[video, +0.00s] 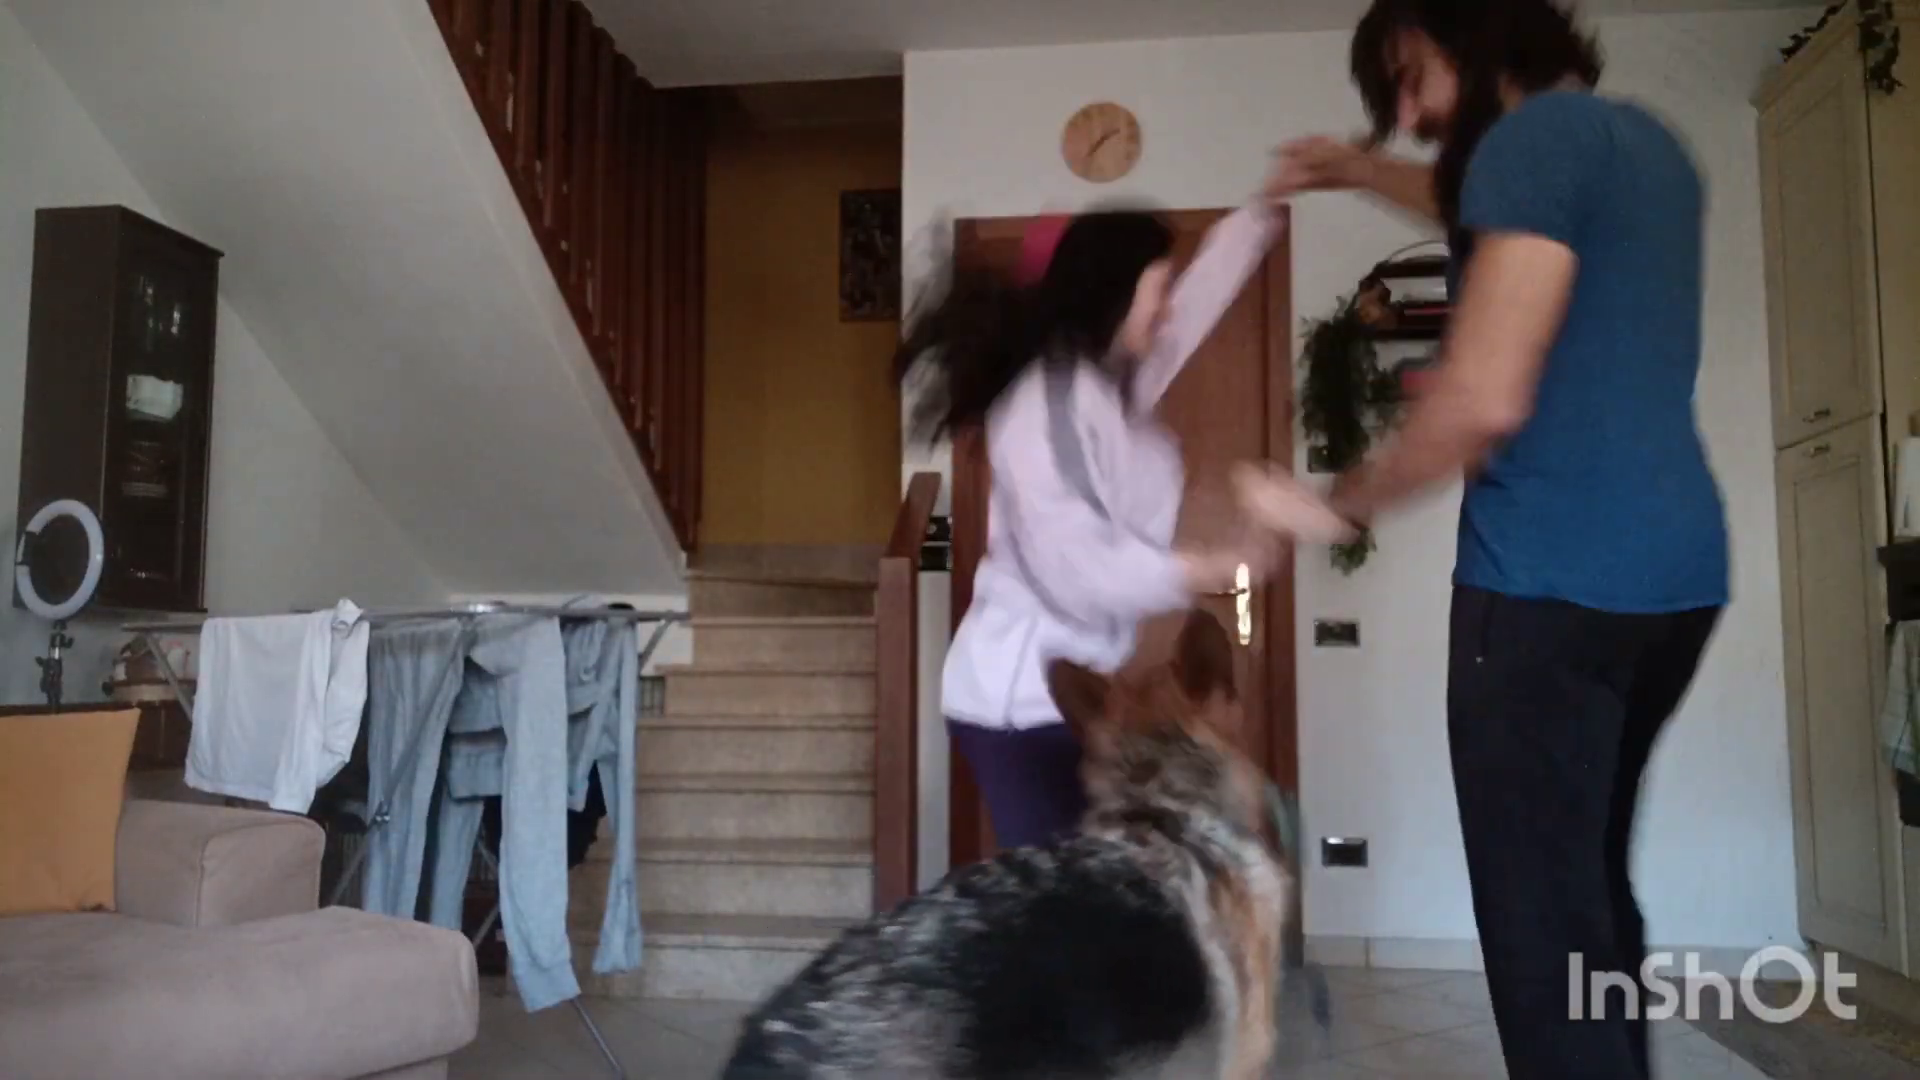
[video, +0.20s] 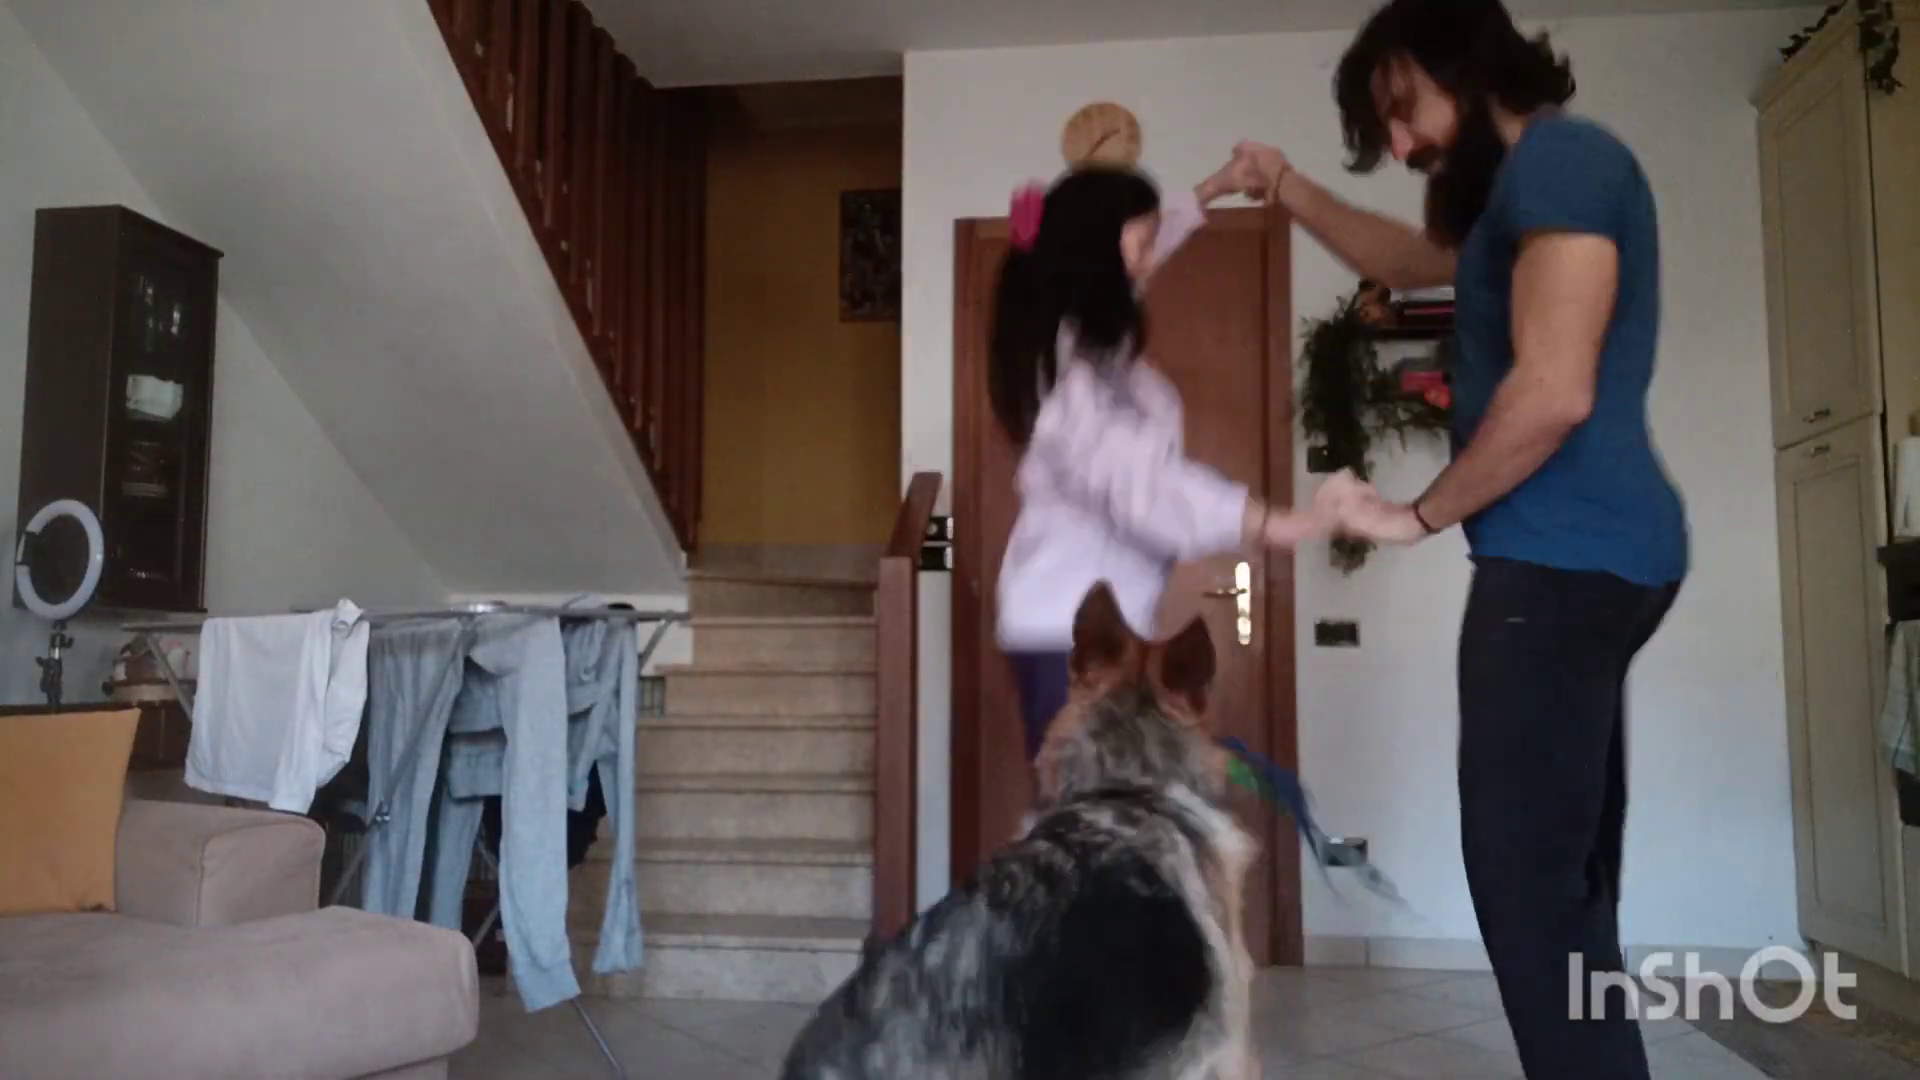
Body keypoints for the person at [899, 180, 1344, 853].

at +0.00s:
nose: (1167, 308)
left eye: (1169, 289)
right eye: (1156, 289)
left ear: (1108, 293)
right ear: (1109, 290)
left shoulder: (1119, 386)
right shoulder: (1038, 400)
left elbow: (1191, 306)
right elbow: (1073, 561)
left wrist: (1268, 206)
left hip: (1075, 687)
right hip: (1014, 697)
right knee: (1064, 902)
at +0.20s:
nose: (1149, 259)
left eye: (1150, 244)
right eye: (1142, 243)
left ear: (1095, 243)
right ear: (1104, 245)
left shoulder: (1093, 327)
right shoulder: (1061, 359)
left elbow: (1149, 246)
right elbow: (1136, 478)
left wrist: (1215, 187)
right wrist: (1282, 525)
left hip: (1107, 613)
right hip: (1064, 624)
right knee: (1078, 818)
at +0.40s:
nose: (1189, 261)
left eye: (1188, 243)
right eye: (1179, 241)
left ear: (1137, 248)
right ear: (1136, 245)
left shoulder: (1139, 339)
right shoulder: (1089, 347)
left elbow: (1183, 463)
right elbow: (1160, 469)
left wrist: (1284, 527)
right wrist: (1291, 530)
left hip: (1125, 622)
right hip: (1081, 628)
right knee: (1113, 815)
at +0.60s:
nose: (1193, 343)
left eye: (1191, 326)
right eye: (1182, 328)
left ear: (1115, 335)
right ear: (1146, 336)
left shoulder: (1094, 421)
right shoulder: (1122, 425)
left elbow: (1197, 501)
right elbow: (1198, 514)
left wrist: (1312, 491)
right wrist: (1336, 496)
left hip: (1083, 669)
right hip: (1117, 677)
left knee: (1107, 837)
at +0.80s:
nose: (1189, 287)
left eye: (1193, 271)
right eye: (1181, 270)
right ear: (1140, 262)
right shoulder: (1109, 343)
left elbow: (1144, 470)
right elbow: (1207, 341)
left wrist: (1227, 530)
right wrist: (1310, 300)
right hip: (1115, 590)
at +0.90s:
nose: (1204, 277)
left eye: (1205, 266)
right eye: (1190, 264)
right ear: (1151, 275)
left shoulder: (1169, 389)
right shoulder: (1110, 356)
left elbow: (1181, 507)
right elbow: (1181, 305)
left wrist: (1268, 556)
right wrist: (1245, 241)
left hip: (1143, 616)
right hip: (1097, 614)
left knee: (1169, 803)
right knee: (1143, 804)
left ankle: (1142, 1008)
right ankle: (1124, 1013)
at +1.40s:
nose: (1181, 357)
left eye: (1194, 347)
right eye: (1169, 342)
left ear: (1208, 360)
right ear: (1144, 348)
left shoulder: (1201, 451)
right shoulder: (1119, 412)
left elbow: (1243, 548)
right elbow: (1116, 325)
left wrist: (1326, 549)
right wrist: (1160, 223)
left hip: (1175, 641)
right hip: (1113, 634)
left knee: (1186, 815)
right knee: (1124, 815)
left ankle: (1176, 991)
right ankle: (1120, 996)